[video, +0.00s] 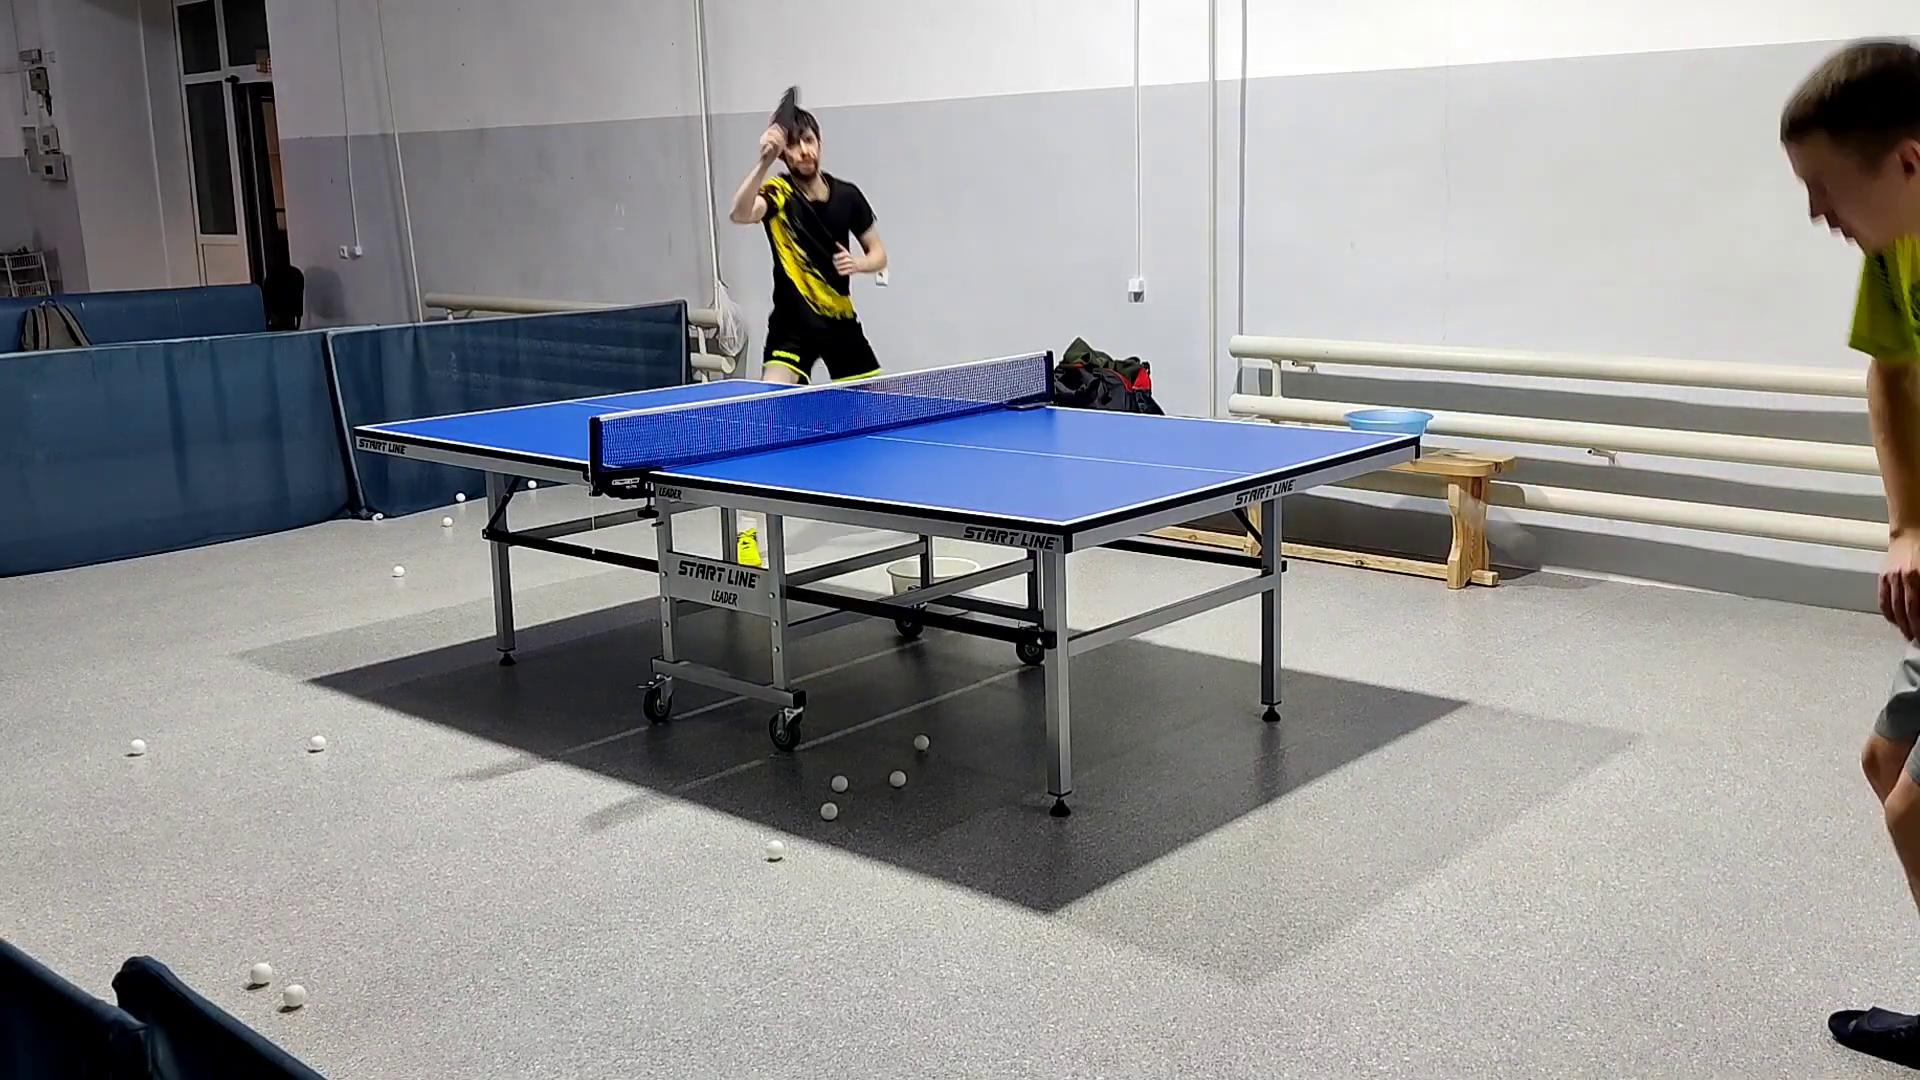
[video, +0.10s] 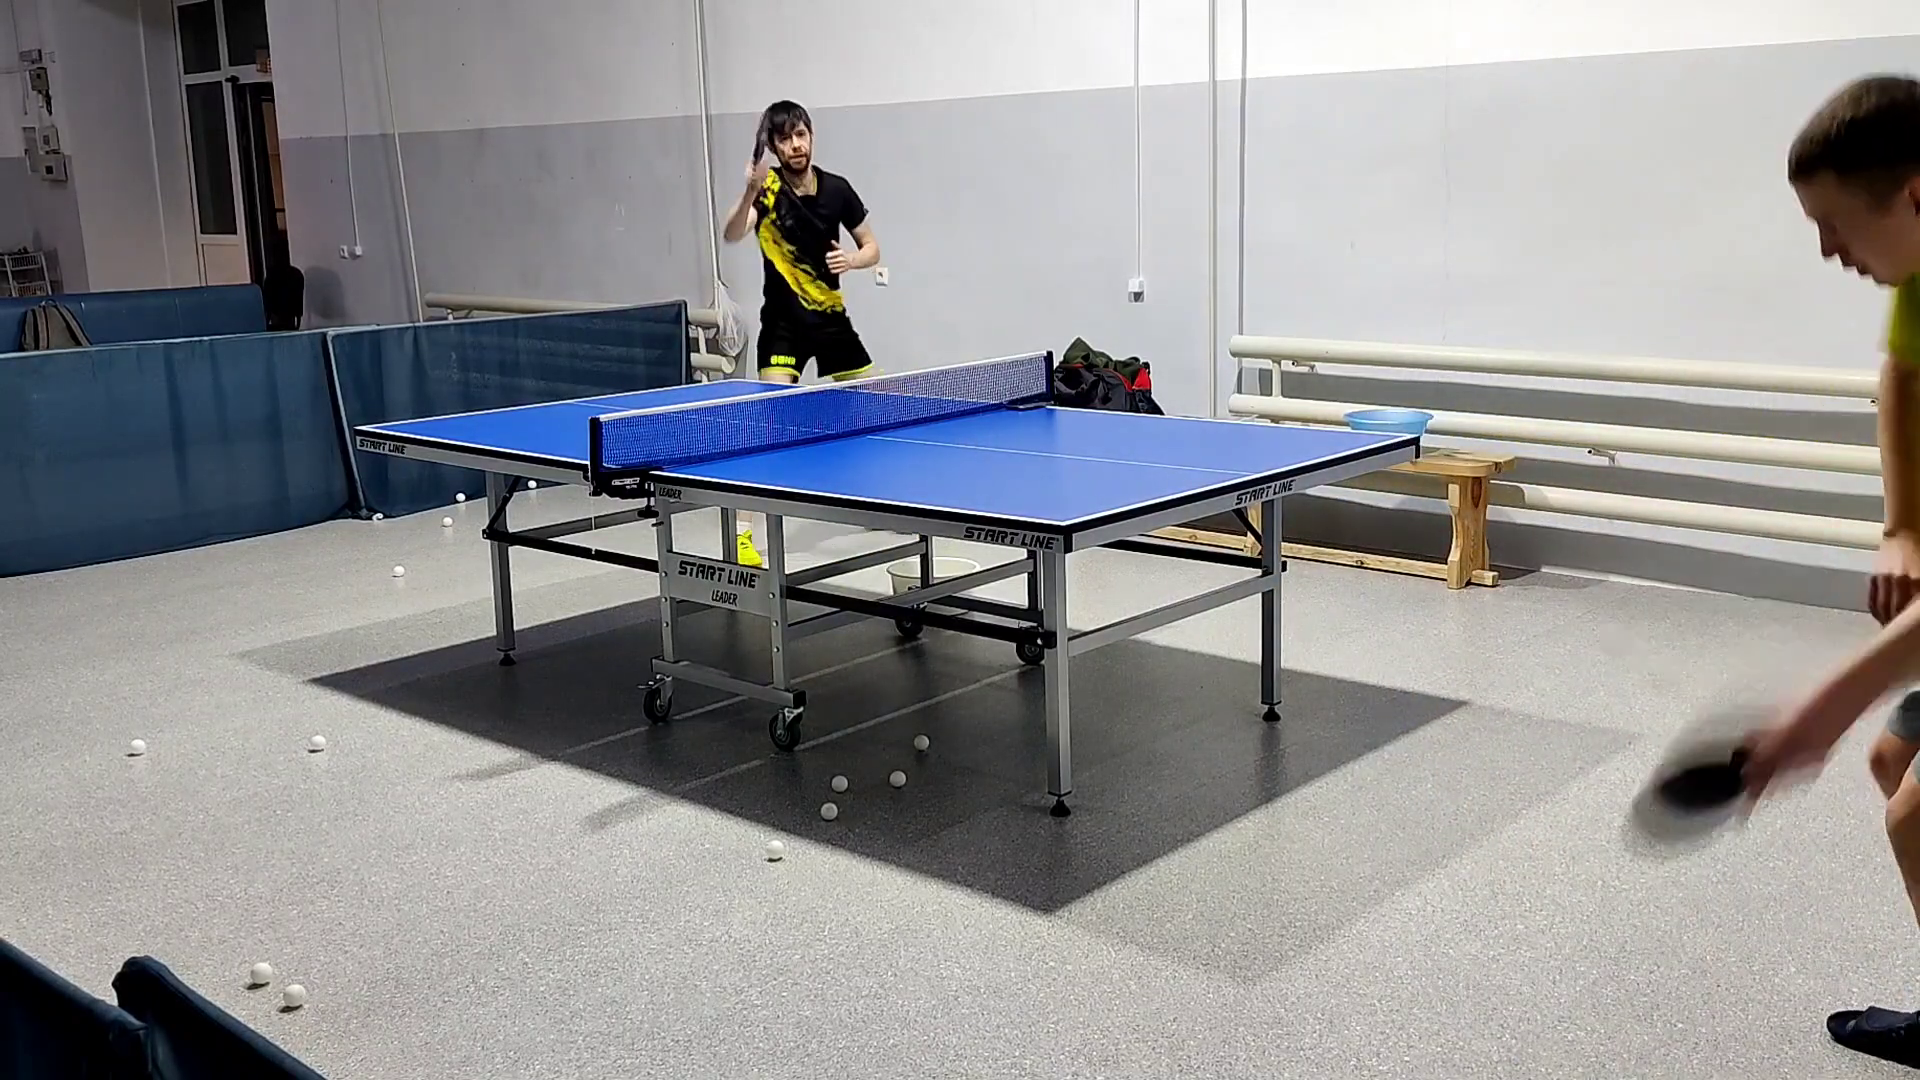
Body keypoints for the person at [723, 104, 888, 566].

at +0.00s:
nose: (803, 152)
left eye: (809, 141)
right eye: (793, 145)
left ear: (820, 143)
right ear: (782, 152)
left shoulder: (846, 196)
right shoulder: (776, 193)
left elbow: (878, 256)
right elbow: (740, 213)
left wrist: (858, 263)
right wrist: (764, 162)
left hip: (841, 325)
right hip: (792, 324)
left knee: (883, 418)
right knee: (768, 414)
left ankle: (908, 539)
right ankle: (749, 530)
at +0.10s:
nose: (795, 145)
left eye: (801, 134)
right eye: (785, 138)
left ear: (813, 137)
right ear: (772, 146)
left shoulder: (836, 189)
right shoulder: (764, 189)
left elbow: (871, 249)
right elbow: (732, 235)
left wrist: (852, 260)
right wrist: (750, 189)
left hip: (832, 319)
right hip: (784, 319)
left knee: (874, 409)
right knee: (771, 414)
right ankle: (745, 529)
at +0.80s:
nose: (754, 224)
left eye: (759, 213)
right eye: (745, 218)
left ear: (776, 204)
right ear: (740, 221)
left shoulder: (814, 232)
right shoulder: (765, 260)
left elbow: (808, 300)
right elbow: (768, 329)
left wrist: (752, 288)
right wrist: (744, 341)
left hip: (880, 342)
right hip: (832, 344)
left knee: (901, 434)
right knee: (790, 414)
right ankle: (774, 527)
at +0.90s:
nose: (760, 217)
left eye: (765, 205)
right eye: (752, 210)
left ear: (784, 197)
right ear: (749, 214)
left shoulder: (824, 226)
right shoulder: (770, 253)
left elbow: (836, 299)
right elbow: (766, 321)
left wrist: (781, 281)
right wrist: (737, 315)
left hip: (884, 339)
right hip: (836, 341)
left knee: (903, 432)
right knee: (792, 413)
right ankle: (773, 525)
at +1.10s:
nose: (784, 194)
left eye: (789, 182)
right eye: (775, 187)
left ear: (807, 178)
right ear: (770, 192)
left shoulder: (847, 214)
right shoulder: (781, 233)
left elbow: (880, 283)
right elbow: (767, 295)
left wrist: (818, 268)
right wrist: (768, 267)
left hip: (883, 332)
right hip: (832, 335)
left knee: (914, 422)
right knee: (800, 419)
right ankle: (775, 522)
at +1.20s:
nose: (794, 186)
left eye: (799, 175)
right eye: (785, 180)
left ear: (815, 170)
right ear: (779, 186)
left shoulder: (856, 209)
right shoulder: (785, 228)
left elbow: (887, 277)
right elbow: (778, 292)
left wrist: (826, 269)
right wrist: (789, 265)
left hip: (882, 329)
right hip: (830, 332)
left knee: (914, 420)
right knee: (799, 413)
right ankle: (775, 520)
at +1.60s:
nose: (746, 181)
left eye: (749, 169)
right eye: (735, 176)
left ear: (763, 169)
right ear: (726, 186)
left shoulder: (802, 213)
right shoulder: (729, 236)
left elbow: (850, 267)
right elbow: (723, 305)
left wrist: (844, 325)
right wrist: (754, 310)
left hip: (822, 339)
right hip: (771, 344)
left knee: (868, 420)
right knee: (740, 422)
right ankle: (718, 528)